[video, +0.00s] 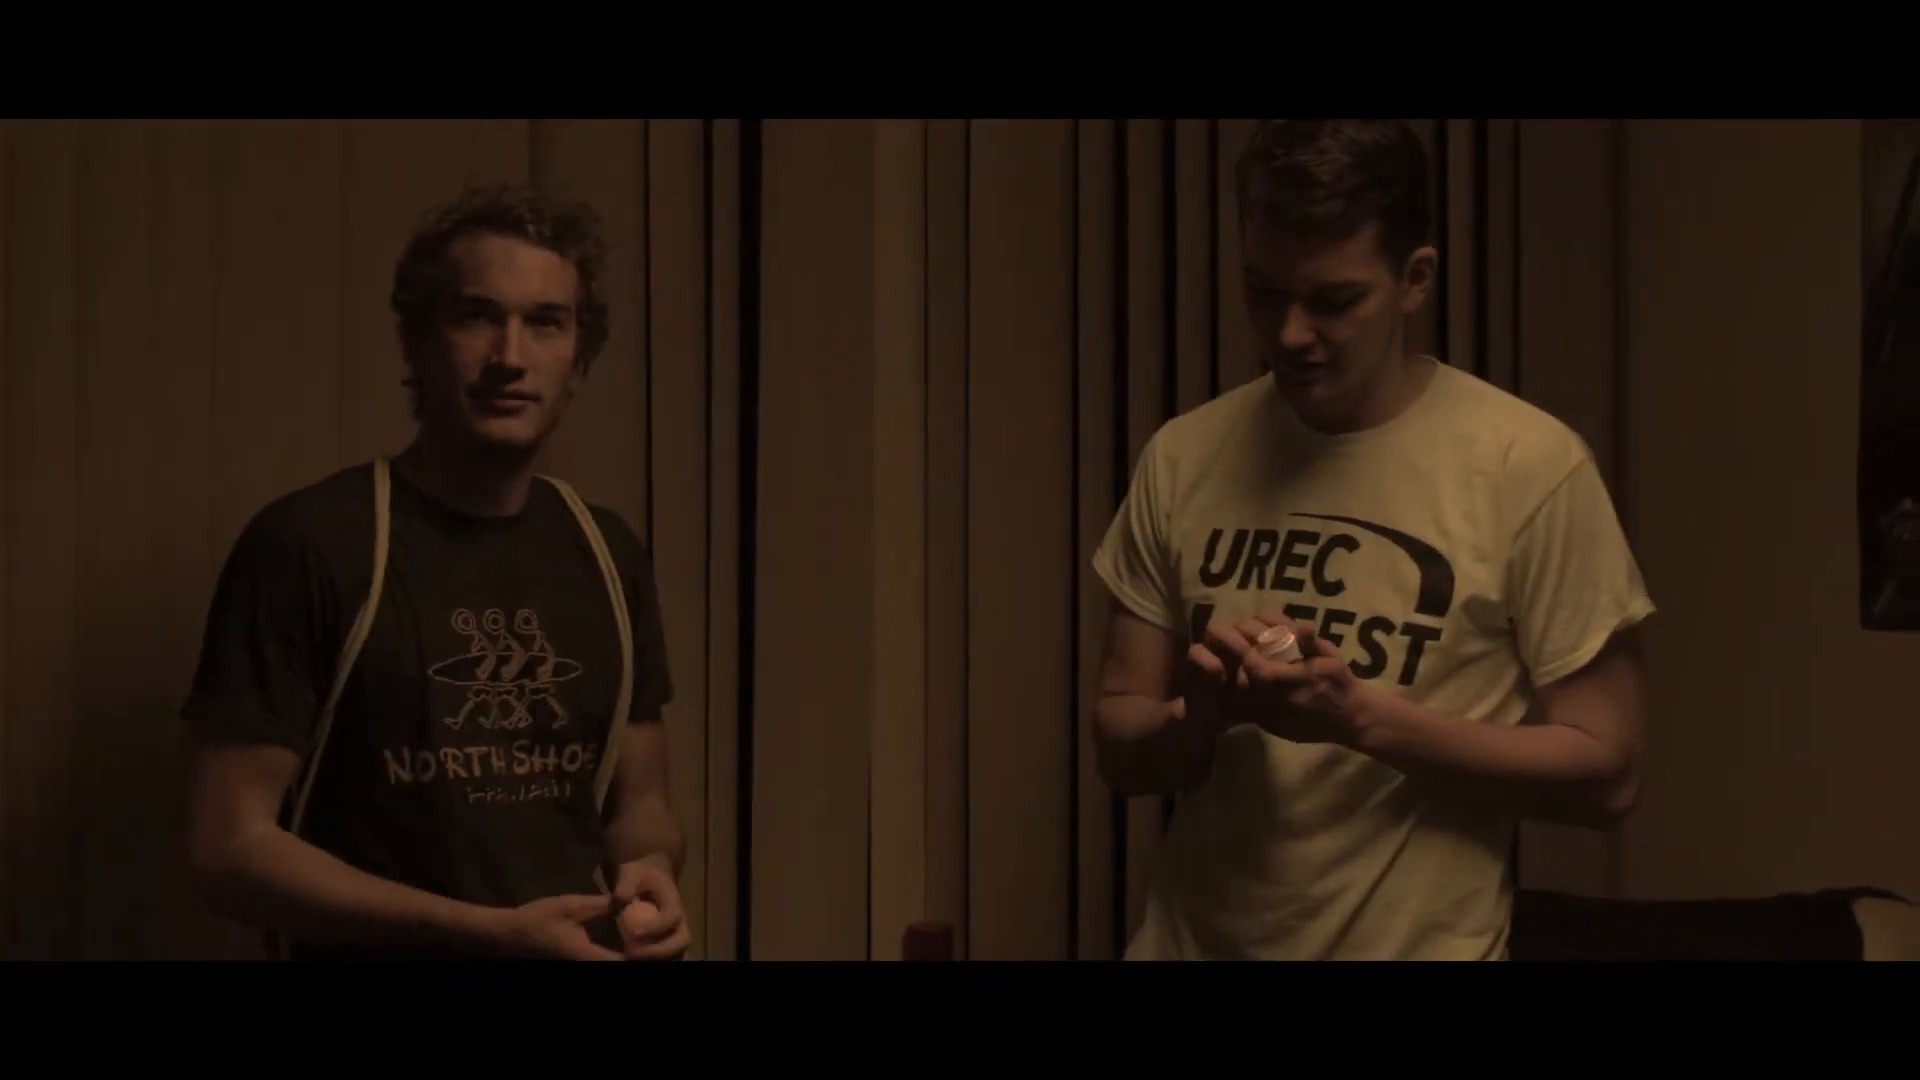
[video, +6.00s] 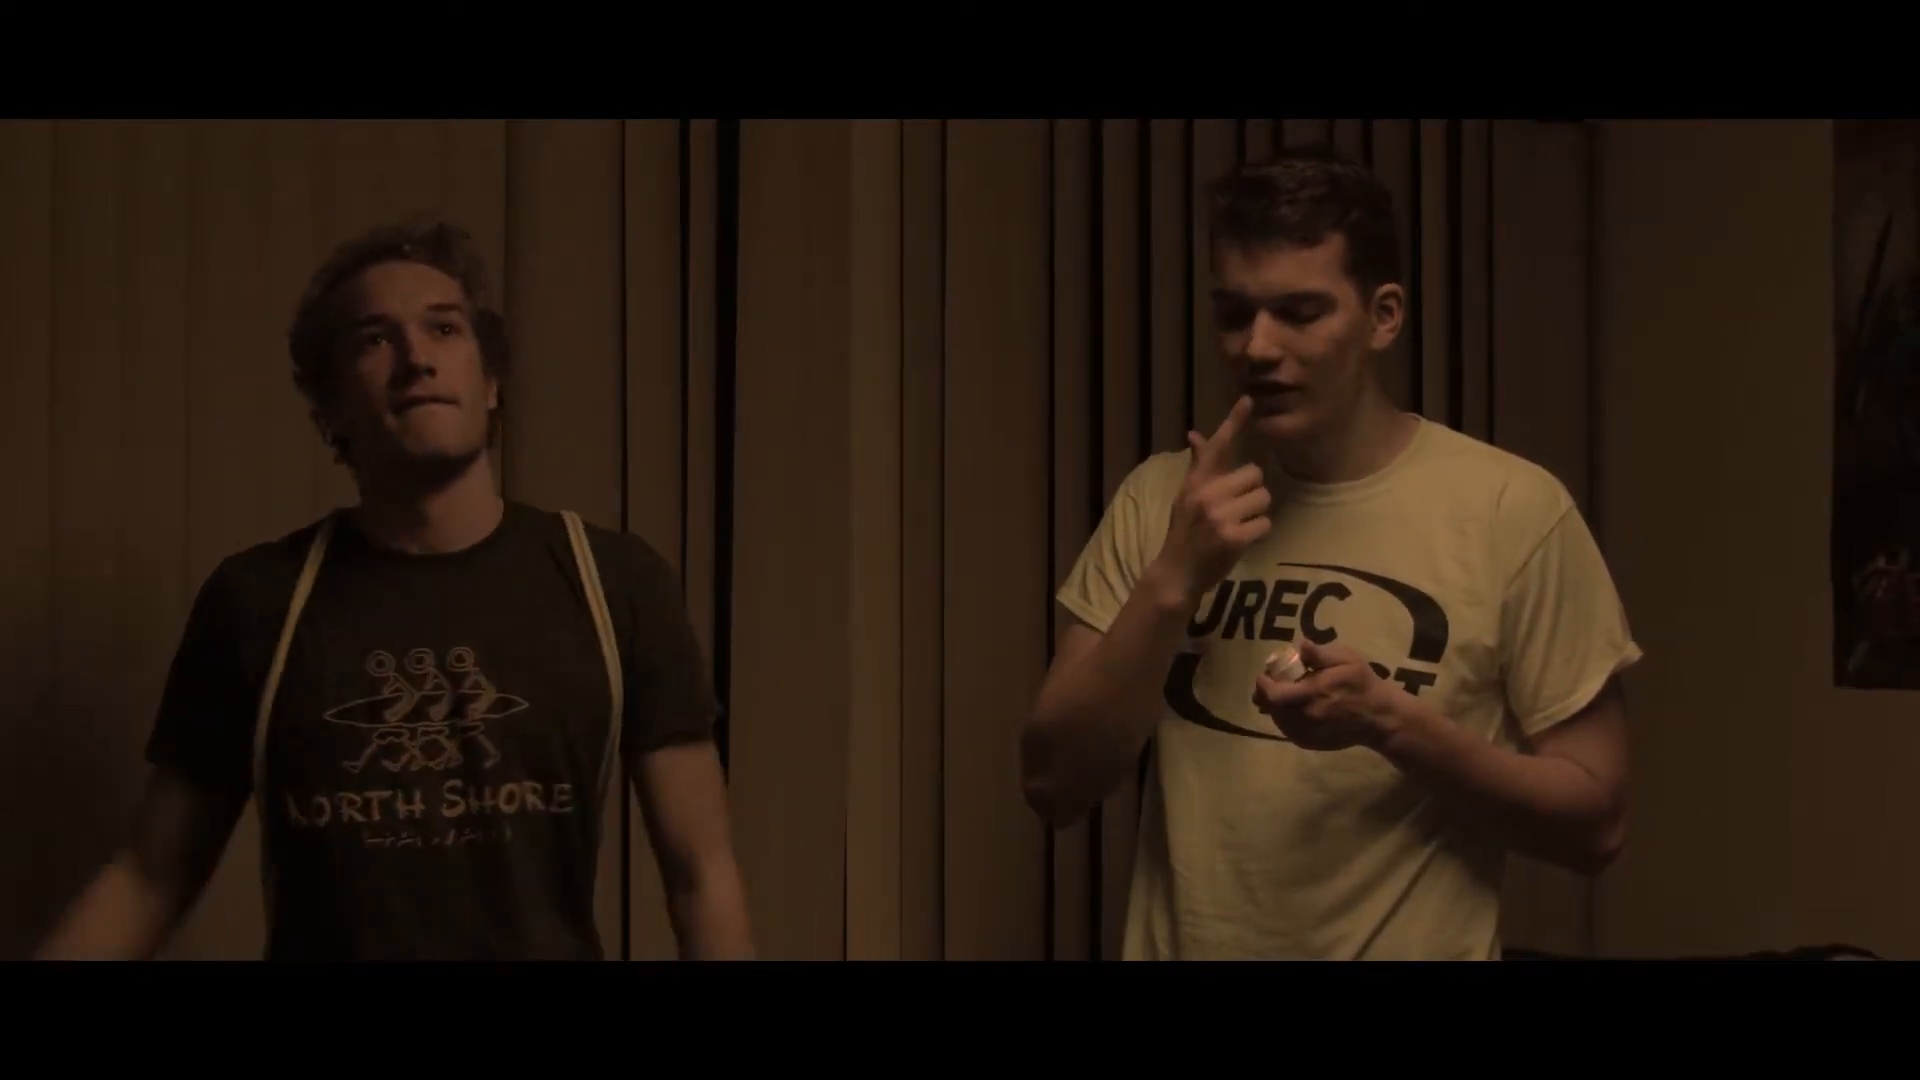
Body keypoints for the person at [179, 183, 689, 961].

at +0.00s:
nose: (510, 356)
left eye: (544, 322)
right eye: (476, 317)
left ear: (581, 355)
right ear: (414, 342)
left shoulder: (607, 552)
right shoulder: (306, 548)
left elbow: (638, 793)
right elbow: (229, 844)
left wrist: (648, 873)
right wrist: (497, 931)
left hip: (583, 950)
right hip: (376, 955)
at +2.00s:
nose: (495, 284)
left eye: (524, 265)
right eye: (451, 252)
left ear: (547, 322)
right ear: (367, 306)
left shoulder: (532, 562)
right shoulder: (309, 476)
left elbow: (504, 848)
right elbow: (369, 635)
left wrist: (555, 943)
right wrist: (588, 464)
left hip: (477, 940)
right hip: (315, 931)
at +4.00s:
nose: (446, 402)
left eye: (480, 364)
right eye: (413, 366)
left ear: (532, 381)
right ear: (369, 382)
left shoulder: (573, 578)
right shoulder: (265, 577)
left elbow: (580, 850)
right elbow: (159, 863)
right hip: (317, 945)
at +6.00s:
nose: (414, 355)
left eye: (443, 329)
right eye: (373, 339)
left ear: (491, 383)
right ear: (330, 414)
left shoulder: (616, 584)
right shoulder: (252, 601)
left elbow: (700, 870)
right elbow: (151, 874)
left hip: (545, 956)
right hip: (326, 961)